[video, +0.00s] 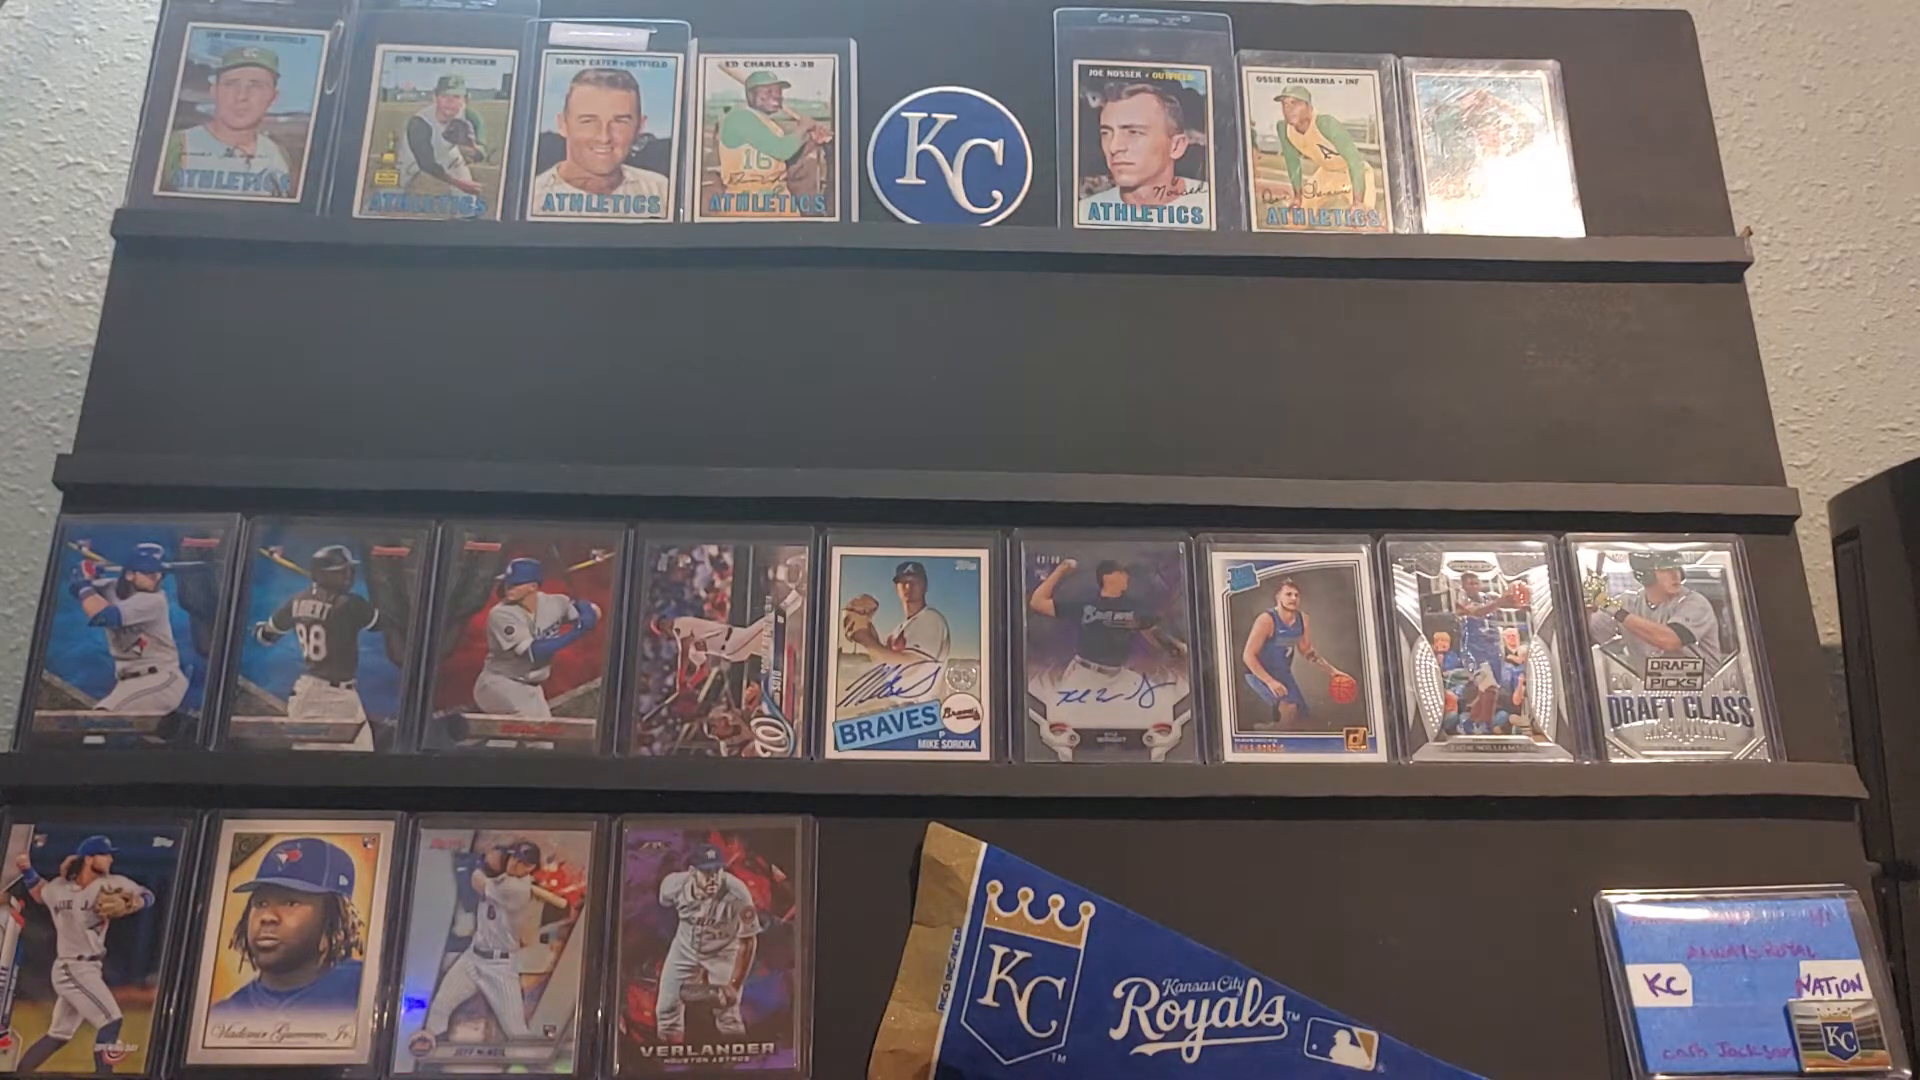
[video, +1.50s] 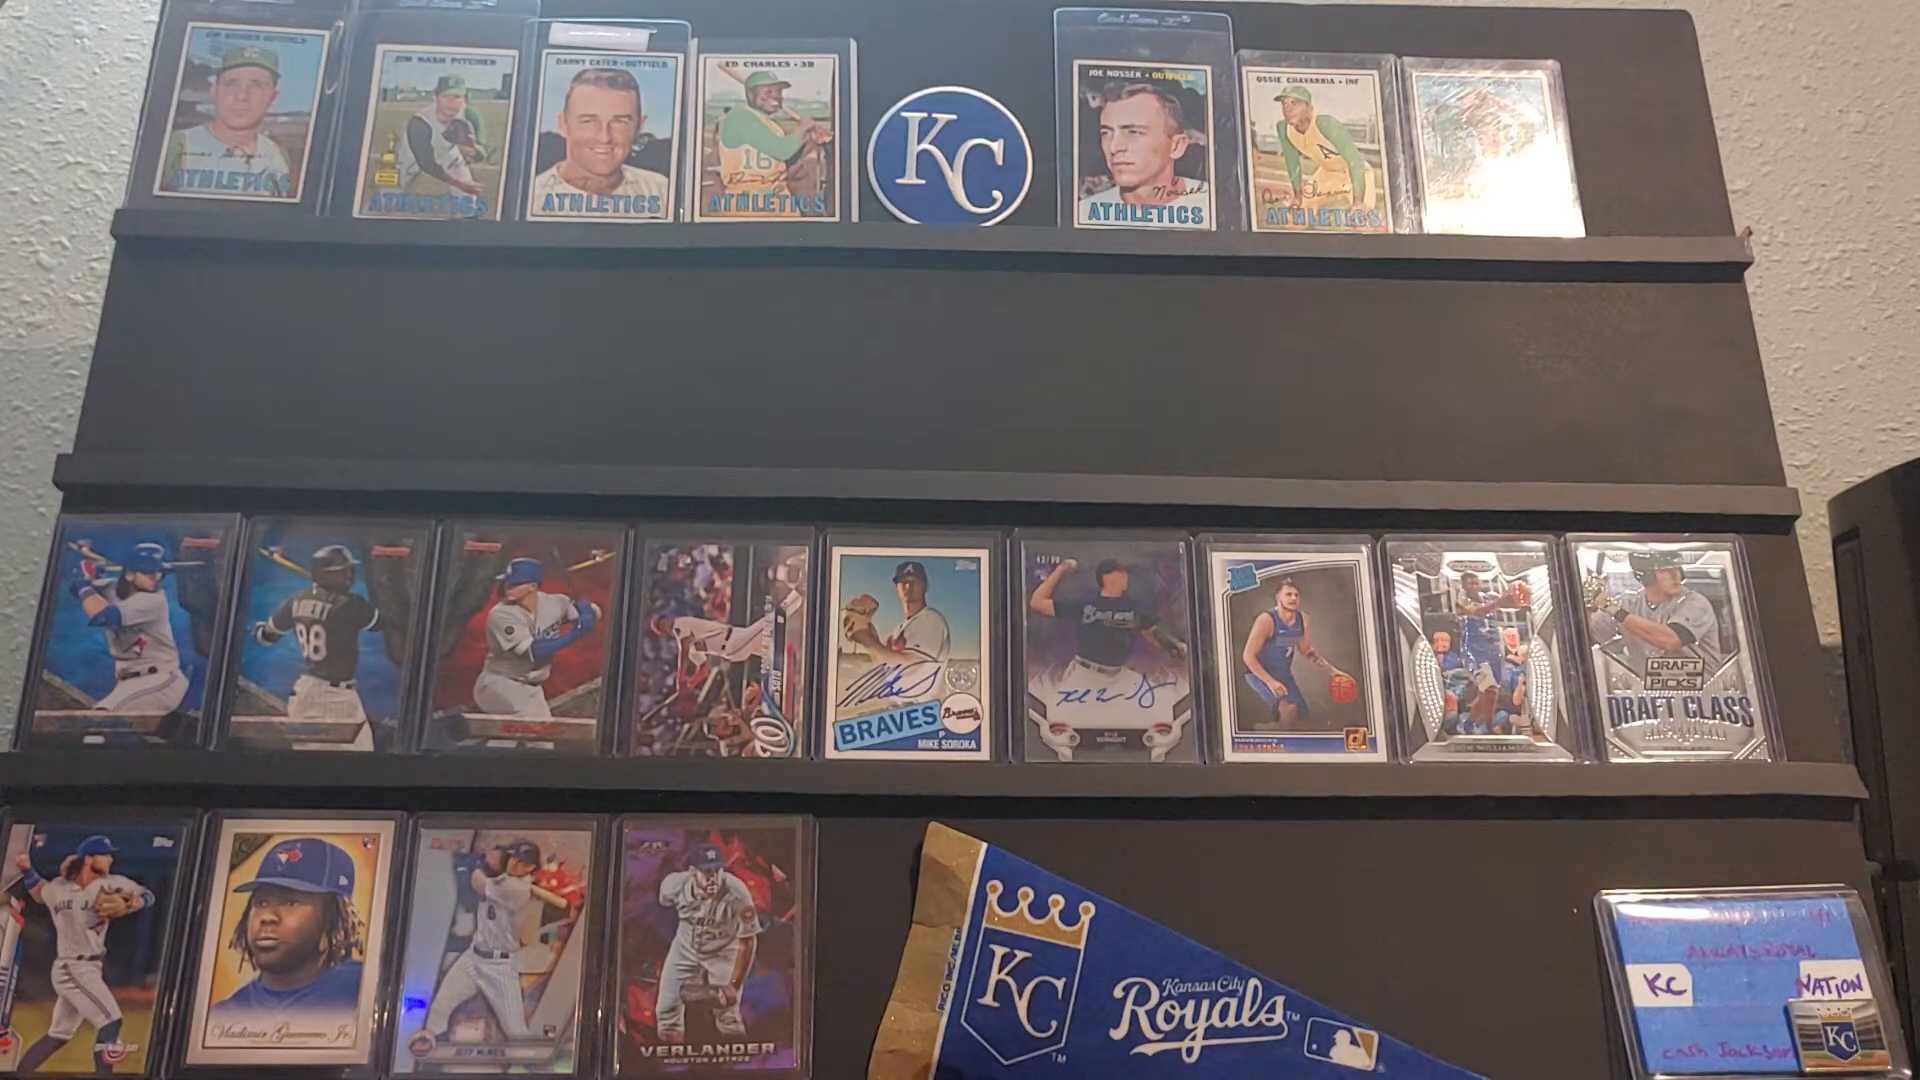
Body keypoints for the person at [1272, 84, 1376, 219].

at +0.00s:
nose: (1288, 110)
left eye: (1294, 103)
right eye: (1284, 105)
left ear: (1308, 107)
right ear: (1281, 108)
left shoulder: (1327, 124)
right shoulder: (1283, 128)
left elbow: (1355, 160)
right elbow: (1293, 163)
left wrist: (1357, 202)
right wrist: (1297, 197)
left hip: (1355, 174)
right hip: (1327, 173)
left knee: (1360, 220)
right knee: (1301, 212)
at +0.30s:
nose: (1288, 108)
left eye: (1294, 103)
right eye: (1285, 104)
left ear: (1308, 107)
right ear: (1282, 109)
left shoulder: (1326, 123)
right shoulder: (1283, 128)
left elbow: (1355, 161)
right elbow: (1292, 163)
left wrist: (1358, 202)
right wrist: (1297, 196)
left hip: (1354, 172)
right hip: (1327, 172)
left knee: (1361, 217)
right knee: (1303, 209)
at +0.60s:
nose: (1288, 109)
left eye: (1294, 103)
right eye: (1285, 104)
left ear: (1308, 107)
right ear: (1281, 108)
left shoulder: (1327, 124)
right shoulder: (1283, 128)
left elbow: (1355, 161)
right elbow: (1293, 163)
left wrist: (1358, 202)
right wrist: (1297, 197)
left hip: (1355, 172)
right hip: (1327, 172)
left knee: (1360, 219)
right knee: (1302, 209)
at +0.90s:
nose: (1288, 109)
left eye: (1294, 103)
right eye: (1285, 104)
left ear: (1309, 107)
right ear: (1281, 108)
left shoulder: (1326, 124)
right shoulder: (1283, 128)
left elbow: (1355, 161)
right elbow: (1293, 163)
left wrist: (1358, 202)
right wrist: (1297, 197)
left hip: (1355, 172)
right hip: (1327, 172)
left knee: (1360, 218)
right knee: (1303, 208)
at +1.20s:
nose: (1288, 109)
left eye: (1294, 103)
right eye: (1285, 104)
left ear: (1309, 107)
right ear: (1281, 108)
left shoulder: (1326, 124)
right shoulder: (1283, 128)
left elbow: (1355, 161)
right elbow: (1293, 163)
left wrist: (1358, 202)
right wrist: (1298, 197)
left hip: (1355, 172)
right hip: (1327, 172)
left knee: (1360, 218)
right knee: (1302, 208)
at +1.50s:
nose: (1288, 109)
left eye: (1294, 103)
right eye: (1285, 104)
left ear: (1308, 107)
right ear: (1281, 108)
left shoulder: (1326, 124)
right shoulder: (1283, 128)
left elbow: (1355, 161)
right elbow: (1293, 163)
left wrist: (1358, 202)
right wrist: (1298, 197)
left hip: (1355, 172)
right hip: (1327, 172)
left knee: (1360, 218)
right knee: (1302, 208)